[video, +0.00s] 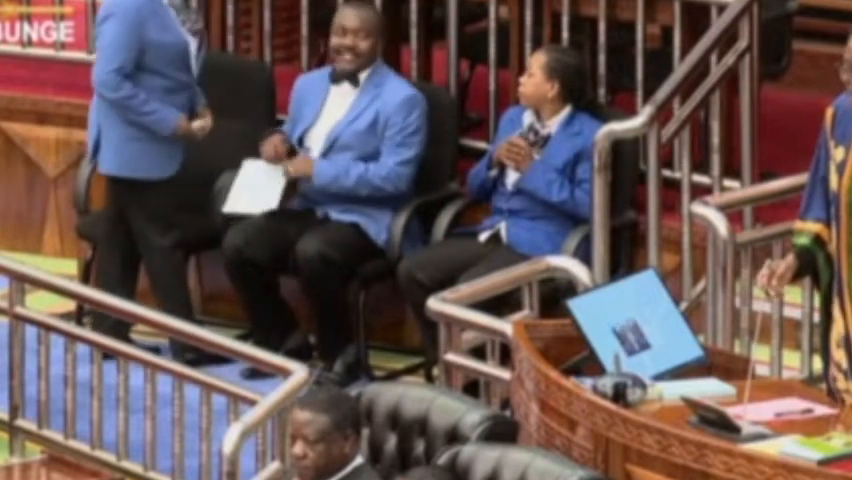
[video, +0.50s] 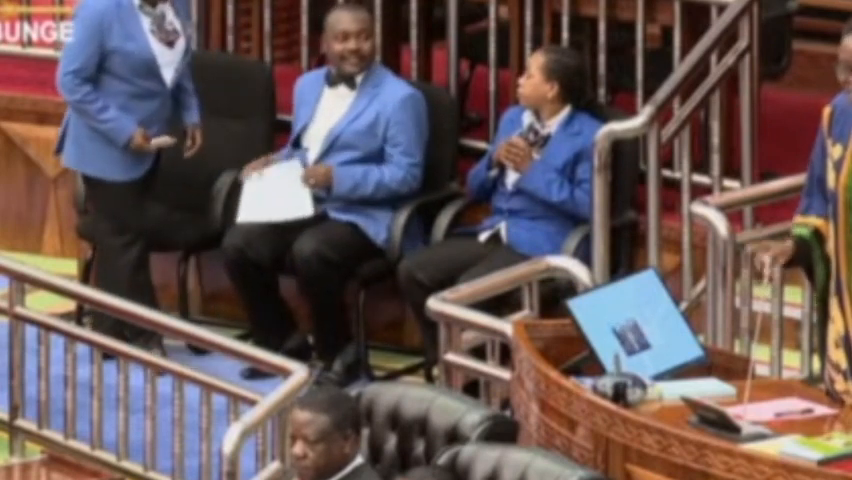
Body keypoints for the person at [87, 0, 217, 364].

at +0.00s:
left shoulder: (160, 9)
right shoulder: (127, 8)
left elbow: (176, 69)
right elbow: (108, 80)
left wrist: (198, 104)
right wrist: (172, 122)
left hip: (148, 151)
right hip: (135, 153)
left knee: (120, 248)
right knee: (163, 248)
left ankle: (111, 334)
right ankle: (186, 340)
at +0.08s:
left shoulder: (180, 8)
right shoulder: (112, 8)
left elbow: (177, 65)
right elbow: (86, 77)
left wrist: (190, 105)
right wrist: (148, 122)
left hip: (154, 145)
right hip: (121, 147)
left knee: (118, 241)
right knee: (152, 240)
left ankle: (110, 330)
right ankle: (174, 336)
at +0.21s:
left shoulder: (177, 8)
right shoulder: (107, 9)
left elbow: (176, 62)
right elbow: (81, 78)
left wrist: (186, 102)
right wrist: (143, 123)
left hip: (151, 143)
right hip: (114, 144)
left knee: (118, 238)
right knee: (144, 237)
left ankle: (108, 326)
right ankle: (160, 332)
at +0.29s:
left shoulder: (177, 8)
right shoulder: (105, 9)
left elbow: (177, 62)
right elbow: (78, 79)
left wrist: (186, 103)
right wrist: (139, 125)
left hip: (149, 144)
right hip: (109, 145)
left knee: (122, 240)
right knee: (133, 240)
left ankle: (107, 331)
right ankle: (146, 334)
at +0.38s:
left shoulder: (176, 7)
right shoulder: (103, 9)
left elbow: (177, 60)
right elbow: (75, 80)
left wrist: (187, 106)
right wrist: (133, 126)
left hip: (148, 146)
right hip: (106, 147)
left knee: (128, 241)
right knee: (125, 243)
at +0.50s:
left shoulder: (179, 7)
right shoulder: (101, 11)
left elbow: (179, 64)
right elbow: (71, 81)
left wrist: (190, 113)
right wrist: (125, 131)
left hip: (149, 147)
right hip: (104, 148)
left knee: (123, 242)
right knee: (125, 244)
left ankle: (108, 332)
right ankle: (143, 336)